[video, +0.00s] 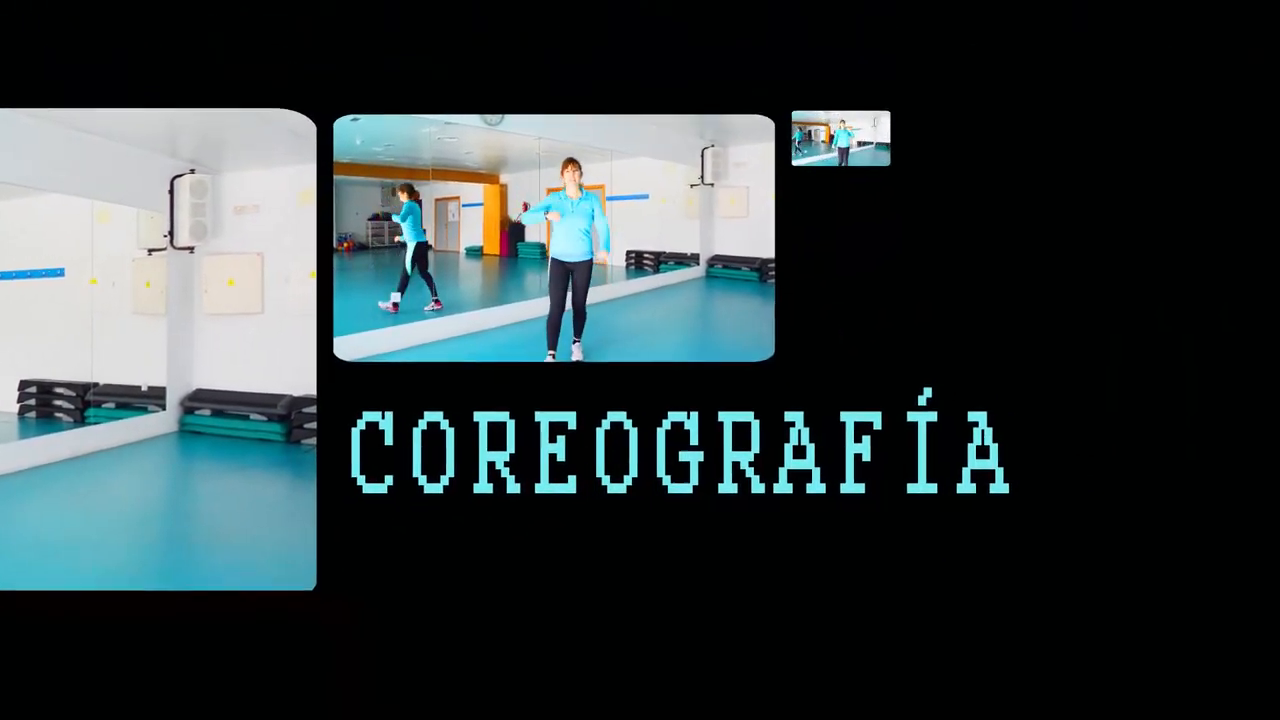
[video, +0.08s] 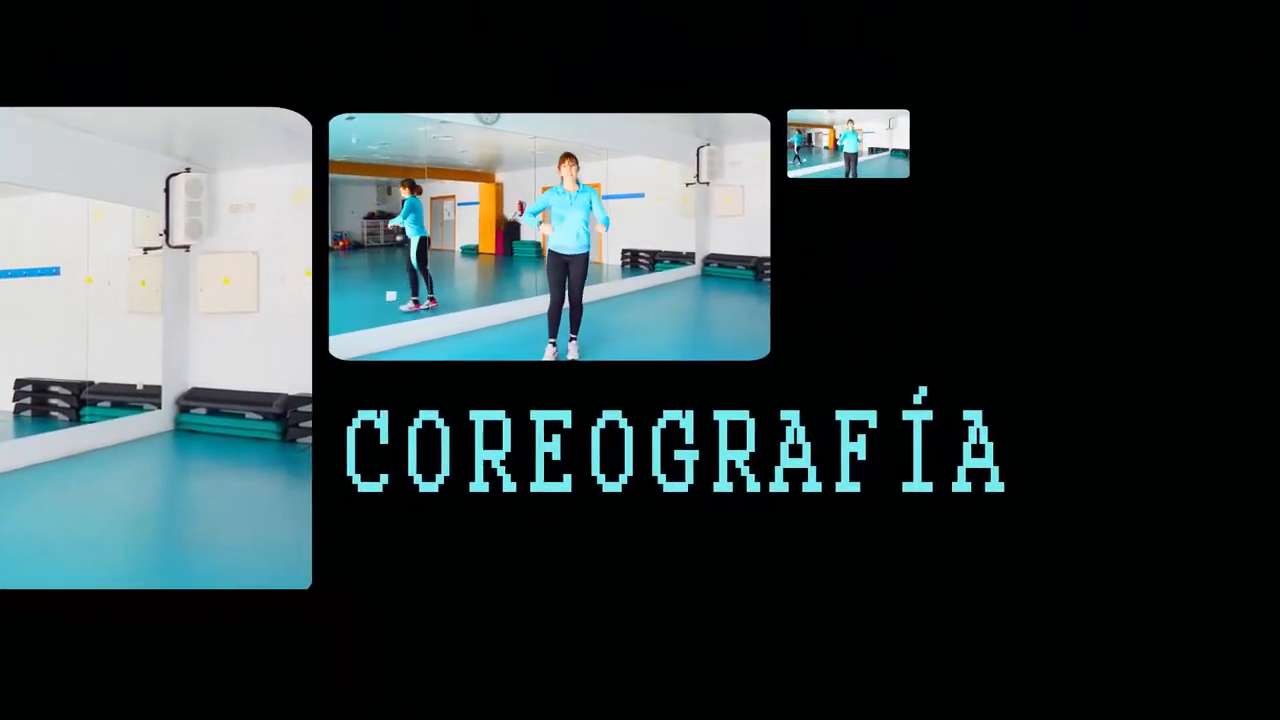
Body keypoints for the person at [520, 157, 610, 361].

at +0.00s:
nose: (572, 174)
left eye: (575, 171)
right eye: (568, 171)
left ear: (581, 174)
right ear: (562, 175)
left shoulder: (592, 199)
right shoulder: (553, 199)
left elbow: (602, 224)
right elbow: (524, 218)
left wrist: (604, 248)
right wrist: (545, 215)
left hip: (583, 261)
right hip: (558, 260)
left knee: (579, 305)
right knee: (556, 307)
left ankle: (577, 343)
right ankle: (551, 353)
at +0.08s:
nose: (570, 169)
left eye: (573, 165)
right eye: (565, 166)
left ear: (578, 168)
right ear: (559, 170)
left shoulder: (589, 193)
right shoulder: (551, 194)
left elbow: (603, 217)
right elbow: (527, 215)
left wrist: (603, 225)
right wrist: (541, 225)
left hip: (580, 253)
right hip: (556, 252)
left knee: (575, 299)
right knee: (556, 299)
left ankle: (573, 342)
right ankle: (551, 344)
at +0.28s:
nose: (560, 173)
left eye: (563, 170)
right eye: (556, 171)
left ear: (568, 174)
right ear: (551, 175)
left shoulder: (577, 197)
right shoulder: (544, 197)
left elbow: (592, 221)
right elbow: (523, 212)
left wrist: (586, 214)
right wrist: (512, 227)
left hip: (570, 253)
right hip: (549, 253)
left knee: (565, 296)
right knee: (554, 293)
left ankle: (560, 336)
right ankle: (559, 318)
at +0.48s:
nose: (547, 175)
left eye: (549, 172)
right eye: (543, 173)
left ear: (554, 175)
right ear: (538, 177)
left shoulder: (563, 195)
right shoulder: (531, 197)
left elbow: (567, 213)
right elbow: (517, 218)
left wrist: (567, 225)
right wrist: (524, 232)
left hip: (559, 247)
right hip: (538, 248)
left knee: (556, 286)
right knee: (544, 285)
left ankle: (551, 328)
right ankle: (549, 314)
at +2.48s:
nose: (468, 29)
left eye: (471, 25)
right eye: (464, 25)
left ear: (476, 29)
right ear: (458, 28)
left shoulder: (484, 48)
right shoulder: (450, 49)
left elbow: (506, 65)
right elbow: (441, 80)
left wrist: (478, 49)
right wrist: (458, 58)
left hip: (478, 106)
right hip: (454, 106)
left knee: (486, 148)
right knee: (456, 152)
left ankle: (477, 188)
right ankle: (454, 194)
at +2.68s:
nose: (468, 34)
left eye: (472, 31)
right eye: (465, 30)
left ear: (477, 34)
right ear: (459, 33)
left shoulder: (485, 50)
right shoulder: (453, 55)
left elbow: (511, 65)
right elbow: (451, 90)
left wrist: (481, 59)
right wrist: (465, 68)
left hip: (488, 105)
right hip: (465, 105)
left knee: (495, 147)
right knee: (469, 148)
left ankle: (486, 187)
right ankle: (467, 188)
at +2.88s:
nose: (472, 30)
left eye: (476, 27)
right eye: (469, 26)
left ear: (481, 30)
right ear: (463, 28)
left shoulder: (490, 44)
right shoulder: (456, 49)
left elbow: (521, 55)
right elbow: (455, 74)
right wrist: (446, 75)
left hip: (501, 96)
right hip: (478, 98)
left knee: (522, 137)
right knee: (480, 142)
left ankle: (545, 174)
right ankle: (477, 183)